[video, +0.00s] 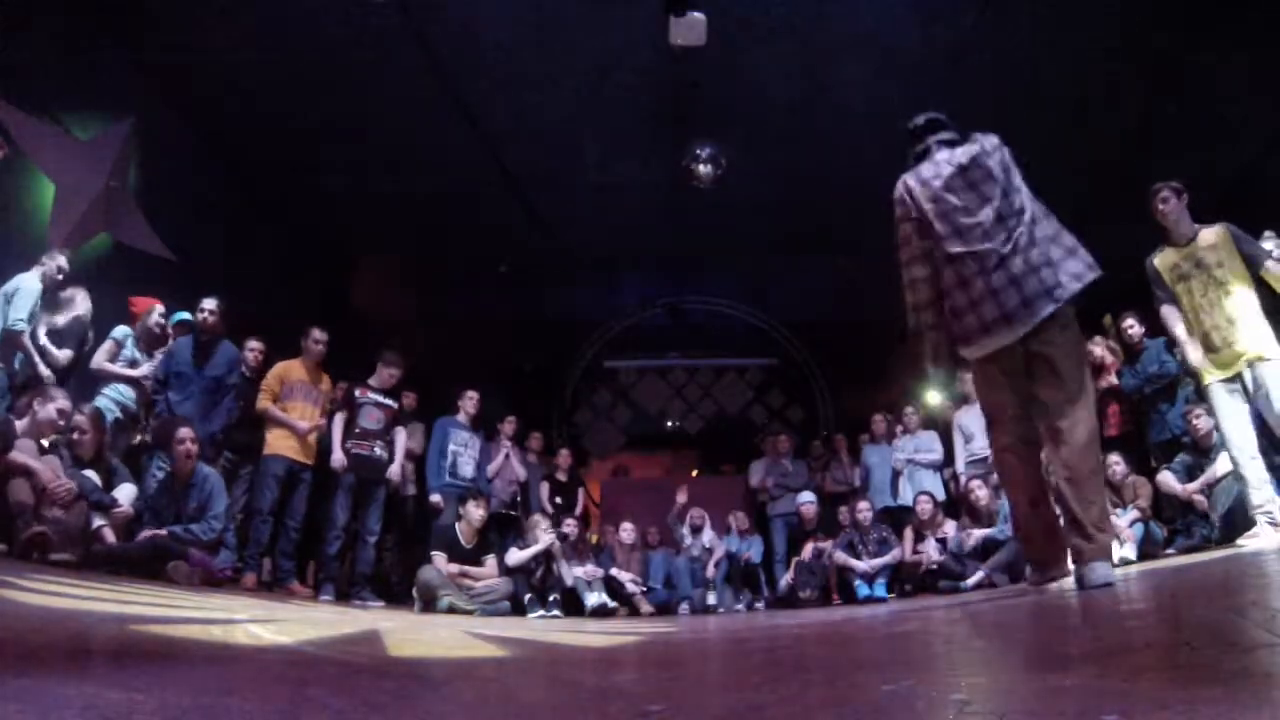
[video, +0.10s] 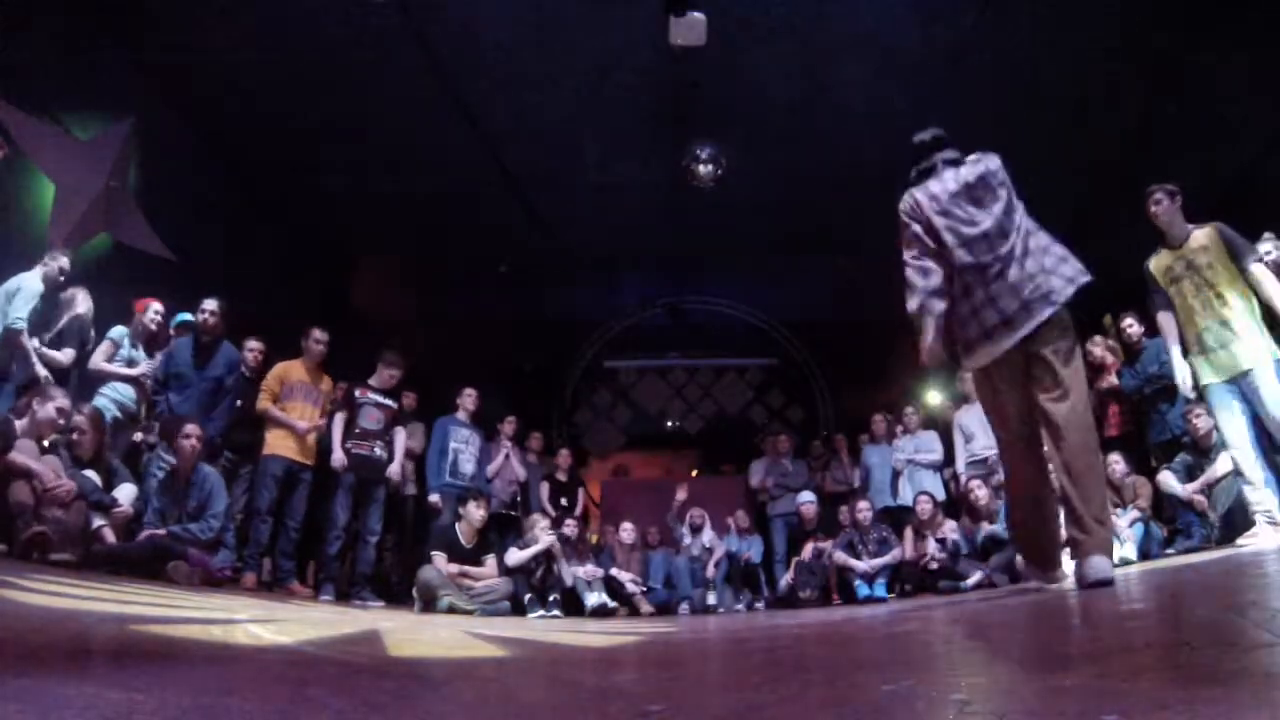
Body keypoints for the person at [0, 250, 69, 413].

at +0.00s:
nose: (61, 278)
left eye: (65, 275)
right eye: (59, 270)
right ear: (45, 261)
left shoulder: (25, 280)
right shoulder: (31, 284)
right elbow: (16, 328)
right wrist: (40, 366)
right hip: (5, 367)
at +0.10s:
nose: (62, 279)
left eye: (66, 275)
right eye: (61, 271)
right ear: (46, 262)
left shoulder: (24, 279)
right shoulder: (33, 284)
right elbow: (16, 325)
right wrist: (37, 366)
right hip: (6, 370)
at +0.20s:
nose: (61, 281)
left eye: (65, 277)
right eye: (61, 274)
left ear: (48, 264)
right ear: (50, 264)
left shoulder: (18, 278)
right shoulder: (35, 286)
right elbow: (17, 326)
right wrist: (37, 366)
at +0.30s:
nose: (59, 280)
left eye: (63, 276)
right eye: (61, 274)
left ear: (45, 261)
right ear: (55, 266)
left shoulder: (14, 277)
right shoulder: (34, 287)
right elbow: (17, 326)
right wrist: (37, 366)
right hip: (7, 342)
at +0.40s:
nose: (56, 281)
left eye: (58, 277)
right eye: (58, 276)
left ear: (39, 262)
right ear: (55, 273)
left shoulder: (9, 277)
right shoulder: (34, 288)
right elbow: (14, 323)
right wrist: (34, 364)